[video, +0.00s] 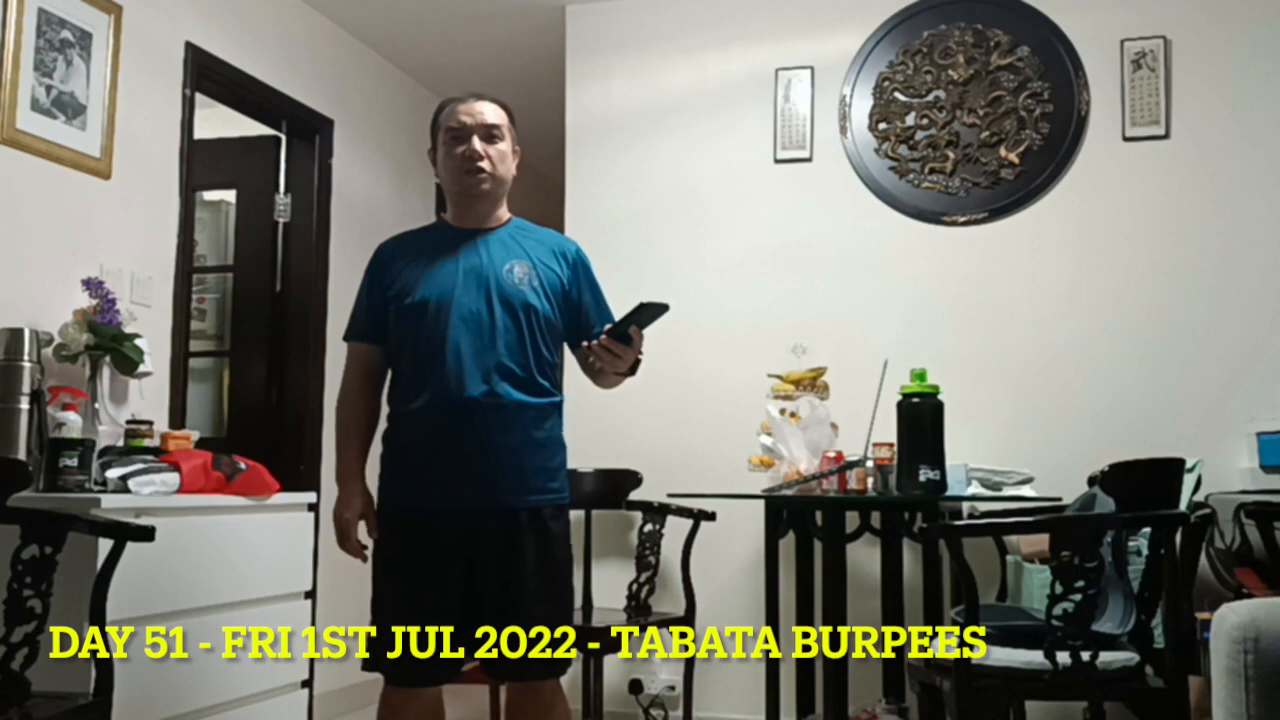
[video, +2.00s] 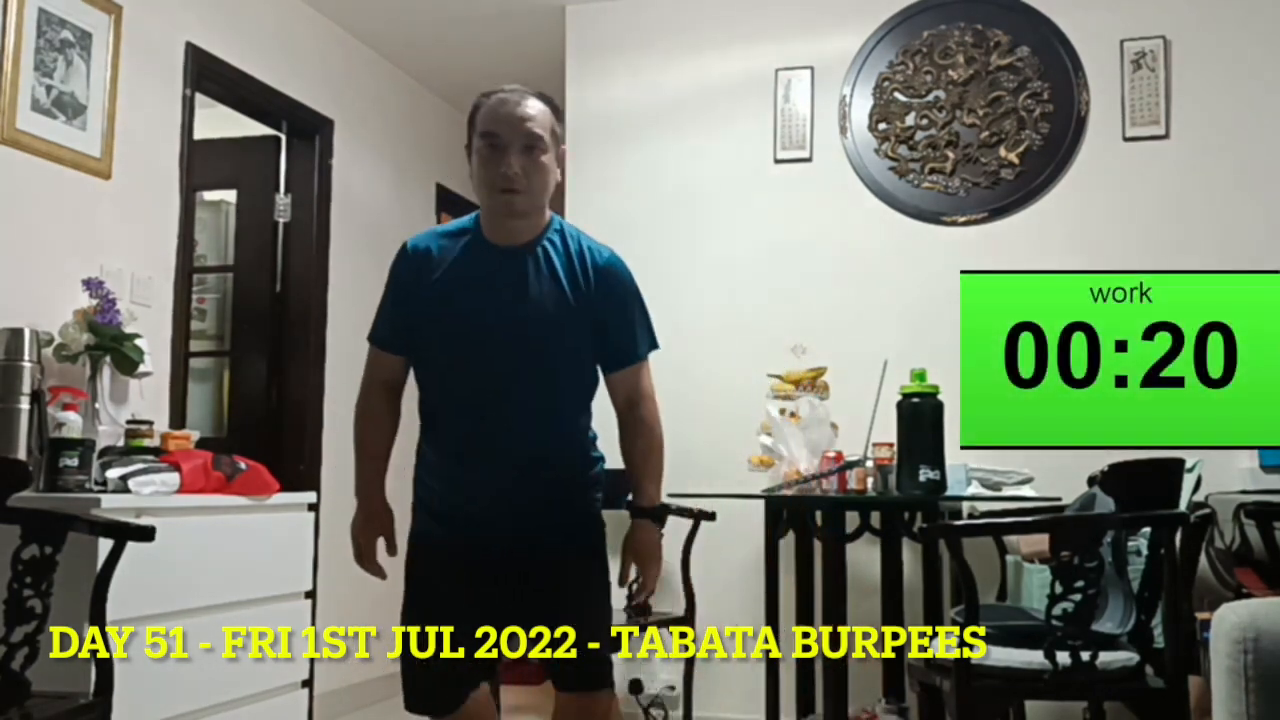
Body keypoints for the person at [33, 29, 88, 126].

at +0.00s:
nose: (66, 52)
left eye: (69, 48)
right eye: (63, 49)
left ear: (74, 49)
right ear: (61, 50)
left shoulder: (79, 66)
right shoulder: (61, 60)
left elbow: (69, 89)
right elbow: (57, 82)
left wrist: (48, 82)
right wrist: (49, 101)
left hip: (79, 102)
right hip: (62, 94)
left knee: (63, 98)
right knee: (47, 88)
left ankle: (69, 119)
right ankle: (61, 116)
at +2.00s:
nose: (66, 51)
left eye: (69, 48)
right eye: (63, 49)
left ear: (74, 49)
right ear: (61, 50)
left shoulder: (79, 66)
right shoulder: (62, 60)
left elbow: (69, 89)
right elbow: (57, 81)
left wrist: (49, 82)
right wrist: (49, 101)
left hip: (79, 102)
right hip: (64, 95)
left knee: (64, 98)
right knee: (48, 88)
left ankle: (70, 119)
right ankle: (61, 116)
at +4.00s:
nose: (66, 51)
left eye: (69, 48)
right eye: (63, 48)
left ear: (74, 49)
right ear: (61, 50)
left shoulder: (79, 66)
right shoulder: (61, 60)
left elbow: (70, 89)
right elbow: (57, 81)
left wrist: (49, 82)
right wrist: (49, 100)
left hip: (80, 102)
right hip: (63, 95)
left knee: (64, 98)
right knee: (48, 88)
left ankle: (70, 120)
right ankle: (61, 116)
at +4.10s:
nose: (66, 51)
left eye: (69, 48)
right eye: (63, 48)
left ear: (74, 49)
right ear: (60, 50)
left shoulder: (79, 66)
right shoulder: (61, 60)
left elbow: (70, 89)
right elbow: (57, 81)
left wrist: (49, 83)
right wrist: (49, 101)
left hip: (79, 102)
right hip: (63, 95)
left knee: (64, 98)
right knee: (48, 88)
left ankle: (70, 119)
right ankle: (61, 117)